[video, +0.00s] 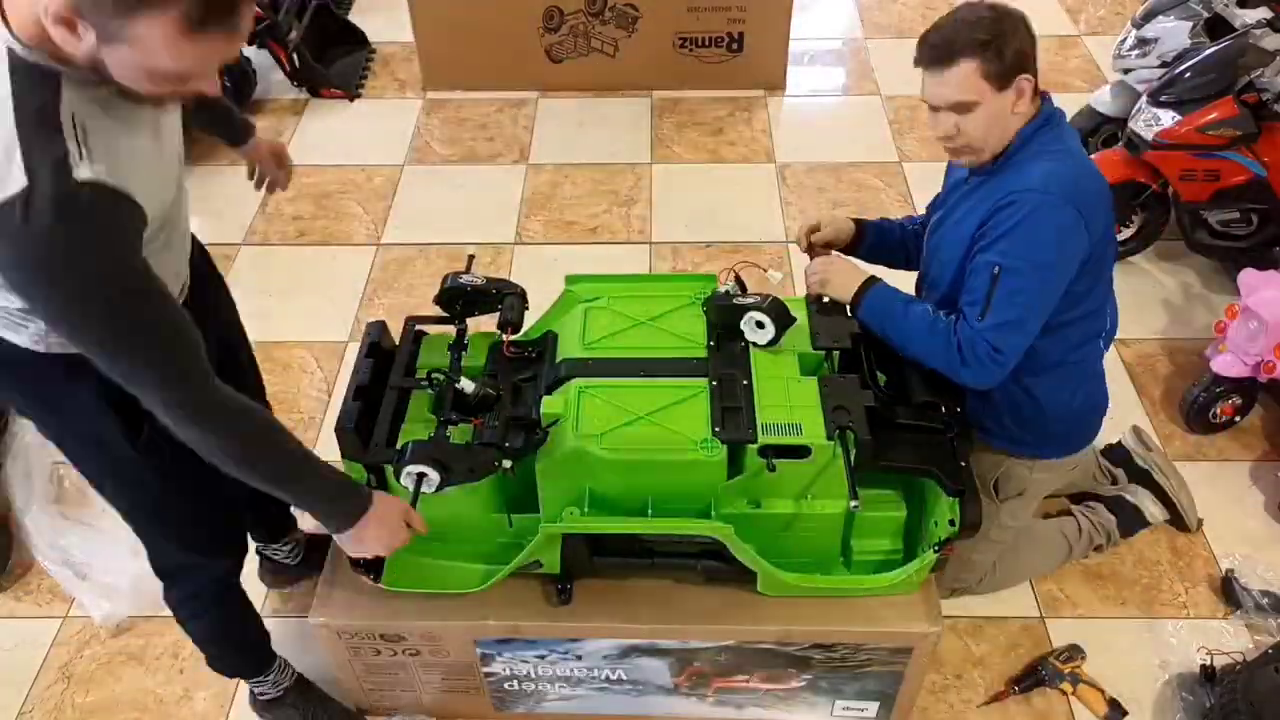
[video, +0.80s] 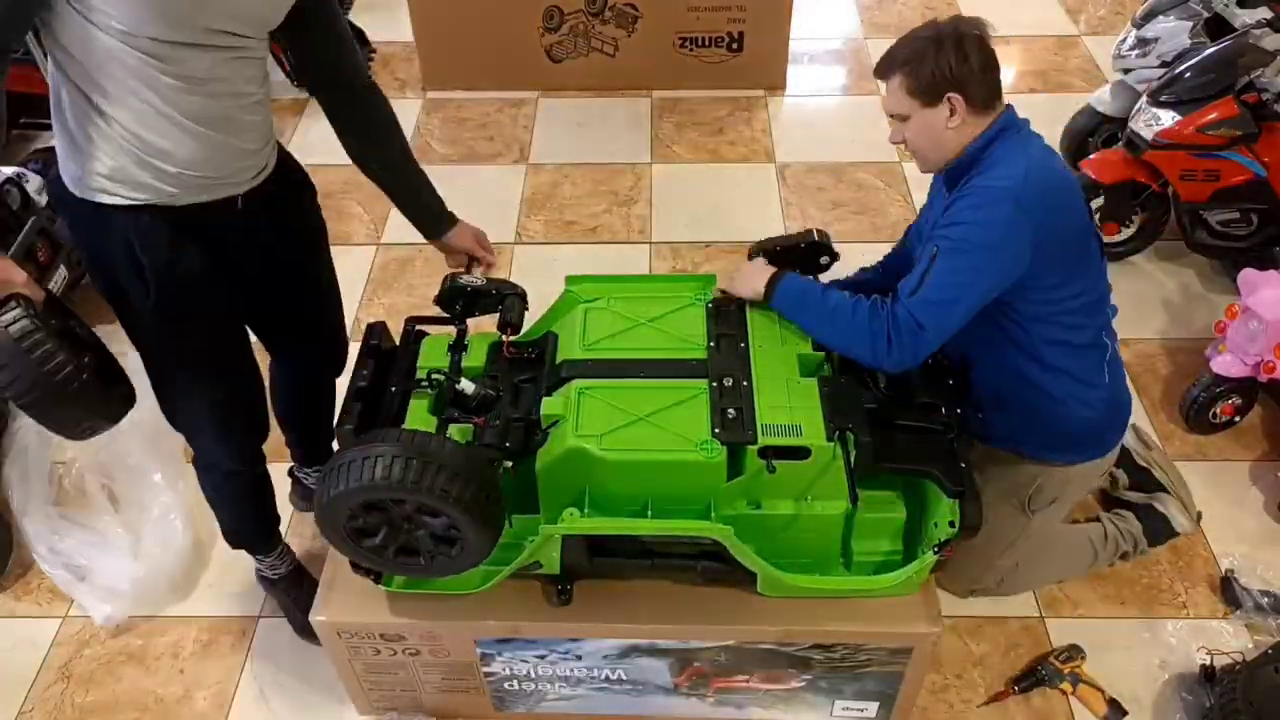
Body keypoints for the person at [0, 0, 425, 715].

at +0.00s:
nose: (205, 91)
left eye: (216, 70)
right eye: (176, 81)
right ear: (69, 25)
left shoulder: (120, 9)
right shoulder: (48, 205)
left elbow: (179, 78)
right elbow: (195, 402)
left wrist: (244, 137)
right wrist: (350, 510)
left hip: (164, 256)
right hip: (66, 344)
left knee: (235, 411)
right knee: (189, 525)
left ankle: (282, 549)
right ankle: (262, 680)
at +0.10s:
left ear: (324, 403)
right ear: (204, 521)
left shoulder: (210, 172)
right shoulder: (56, 530)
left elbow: (129, 91)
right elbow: (159, 576)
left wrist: (245, 234)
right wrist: (343, 577)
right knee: (172, 595)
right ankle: (265, 688)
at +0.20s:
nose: (214, 186)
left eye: (234, 158)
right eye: (184, 177)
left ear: (239, 60)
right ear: (83, 103)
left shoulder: (192, 29)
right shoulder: (34, 196)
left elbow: (241, 100)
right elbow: (46, 371)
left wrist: (283, 202)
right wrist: (237, 457)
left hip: (208, 257)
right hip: (120, 330)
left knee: (257, 413)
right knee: (206, 523)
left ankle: (272, 544)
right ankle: (255, 664)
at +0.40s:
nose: (346, 152)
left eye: (358, 137)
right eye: (339, 136)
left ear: (271, 79)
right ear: (265, 87)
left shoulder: (234, 46)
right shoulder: (87, 195)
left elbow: (309, 172)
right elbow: (105, 379)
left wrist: (421, 240)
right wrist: (294, 445)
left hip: (142, 254)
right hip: (26, 321)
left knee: (225, 420)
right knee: (148, 544)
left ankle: (271, 543)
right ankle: (211, 689)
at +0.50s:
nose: (303, 113)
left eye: (321, 93)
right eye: (288, 91)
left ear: (213, 23)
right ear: (210, 30)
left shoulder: (209, 39)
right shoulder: (63, 146)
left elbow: (274, 137)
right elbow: (65, 361)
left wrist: (393, 223)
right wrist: (243, 492)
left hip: (150, 261)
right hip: (42, 325)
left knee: (232, 414)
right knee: (150, 535)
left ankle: (274, 548)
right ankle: (207, 685)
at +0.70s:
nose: (164, 10)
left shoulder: (158, 23)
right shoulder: (8, 73)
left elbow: (221, 117)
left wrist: (332, 212)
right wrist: (8, 571)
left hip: (205, 275)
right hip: (99, 358)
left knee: (300, 384)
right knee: (193, 576)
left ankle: (312, 479)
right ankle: (208, 705)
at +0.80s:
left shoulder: (292, 6)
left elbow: (349, 92)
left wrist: (440, 225)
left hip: (260, 186)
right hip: (133, 215)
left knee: (313, 347)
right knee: (223, 416)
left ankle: (313, 473)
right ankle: (267, 554)